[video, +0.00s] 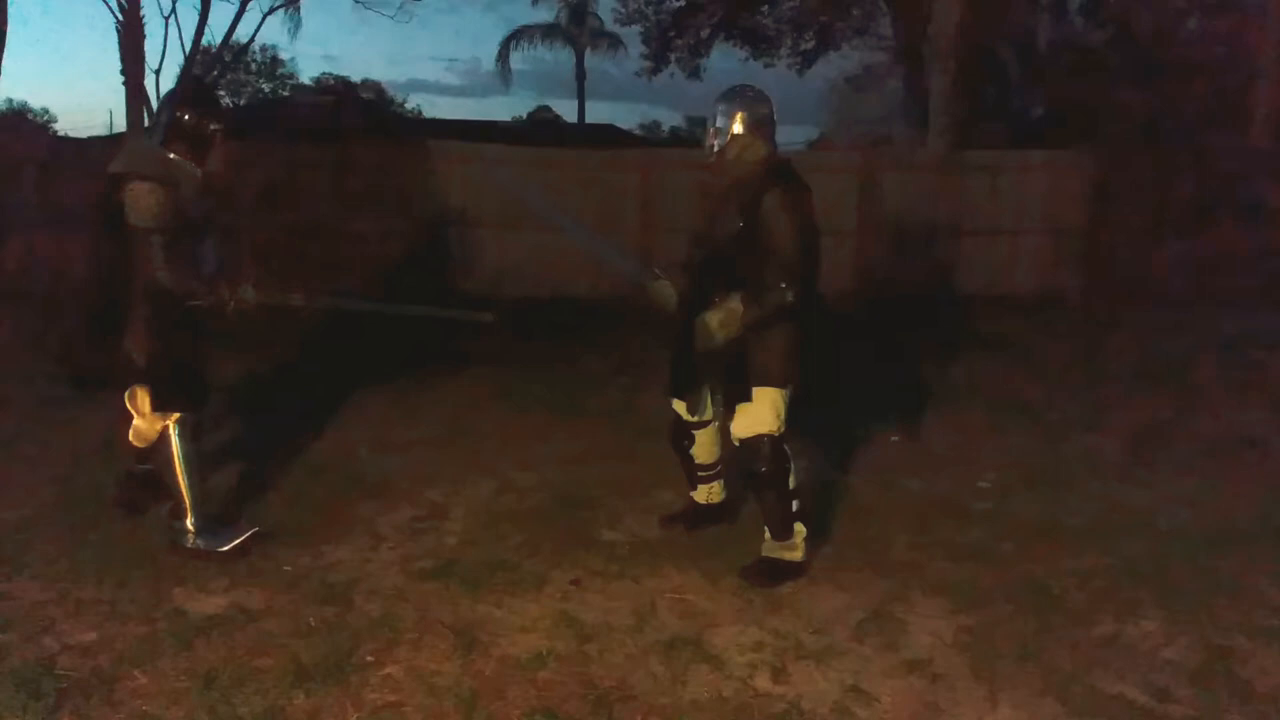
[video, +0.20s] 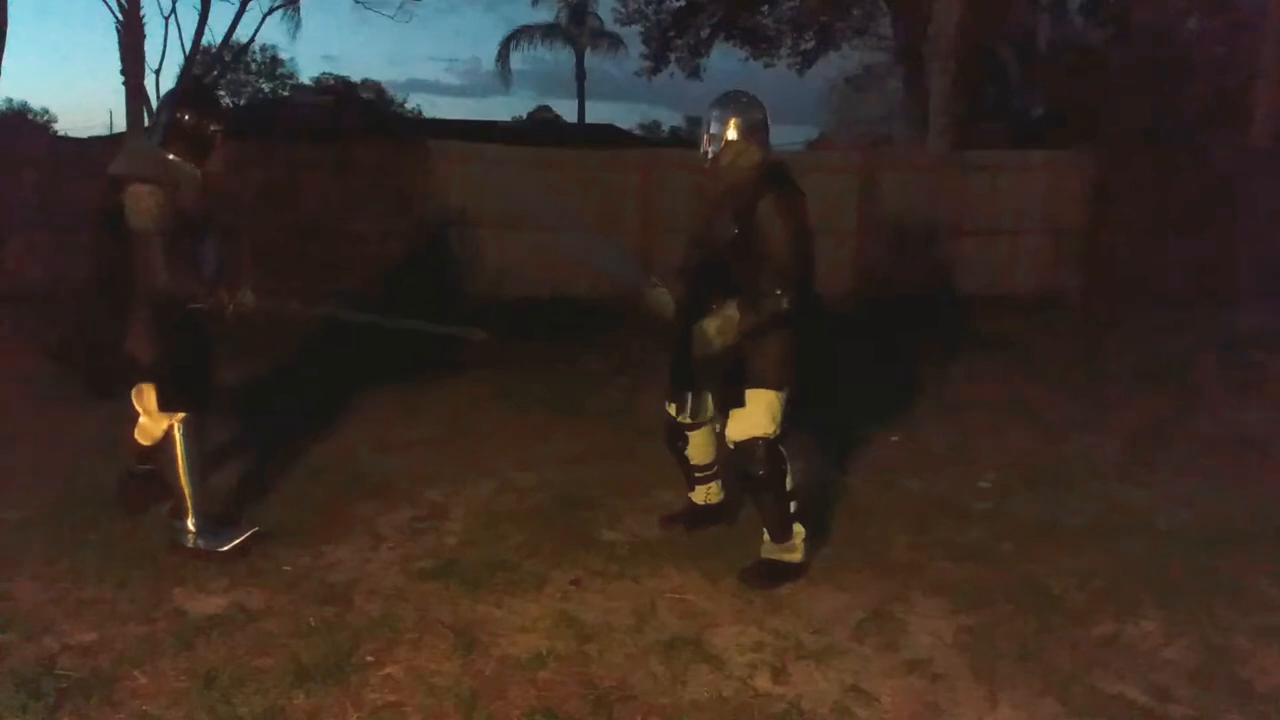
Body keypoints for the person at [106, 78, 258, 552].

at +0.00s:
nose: (215, 144)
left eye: (216, 134)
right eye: (211, 133)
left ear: (182, 129)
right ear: (191, 129)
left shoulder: (184, 179)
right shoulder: (152, 183)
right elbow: (154, 267)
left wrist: (215, 283)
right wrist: (204, 294)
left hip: (171, 308)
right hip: (156, 313)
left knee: (161, 394)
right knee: (178, 406)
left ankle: (138, 472)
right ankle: (194, 522)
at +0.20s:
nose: (217, 147)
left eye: (217, 136)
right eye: (212, 136)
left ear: (179, 133)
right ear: (192, 134)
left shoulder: (183, 184)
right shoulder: (151, 190)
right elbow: (157, 276)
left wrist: (221, 287)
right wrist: (207, 298)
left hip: (176, 314)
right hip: (162, 318)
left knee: (165, 398)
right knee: (182, 412)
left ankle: (141, 469)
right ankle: (193, 521)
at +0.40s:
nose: (218, 146)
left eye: (218, 134)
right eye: (212, 135)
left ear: (177, 130)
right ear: (190, 133)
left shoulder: (180, 182)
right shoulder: (151, 188)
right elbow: (155, 280)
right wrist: (212, 305)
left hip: (165, 312)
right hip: (152, 318)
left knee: (166, 399)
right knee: (177, 409)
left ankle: (138, 468)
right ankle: (192, 521)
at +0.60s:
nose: (203, 144)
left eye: (203, 134)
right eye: (196, 134)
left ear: (165, 138)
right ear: (168, 136)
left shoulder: (175, 187)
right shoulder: (134, 193)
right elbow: (141, 283)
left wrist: (208, 302)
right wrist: (202, 309)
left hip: (174, 316)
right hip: (153, 320)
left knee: (159, 407)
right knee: (179, 413)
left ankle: (123, 465)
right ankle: (194, 522)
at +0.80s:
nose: (192, 143)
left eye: (193, 133)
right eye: (185, 132)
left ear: (151, 131)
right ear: (161, 131)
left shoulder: (160, 181)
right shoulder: (123, 181)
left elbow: (166, 257)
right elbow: (125, 271)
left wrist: (200, 297)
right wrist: (190, 308)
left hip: (150, 306)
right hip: (138, 310)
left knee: (140, 391)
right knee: (165, 403)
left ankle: (123, 457)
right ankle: (184, 508)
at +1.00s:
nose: (187, 138)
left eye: (189, 129)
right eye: (179, 128)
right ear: (154, 127)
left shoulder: (173, 183)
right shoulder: (119, 183)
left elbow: (187, 255)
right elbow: (121, 275)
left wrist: (206, 299)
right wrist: (188, 310)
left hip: (166, 305)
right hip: (137, 308)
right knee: (164, 402)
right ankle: (173, 511)